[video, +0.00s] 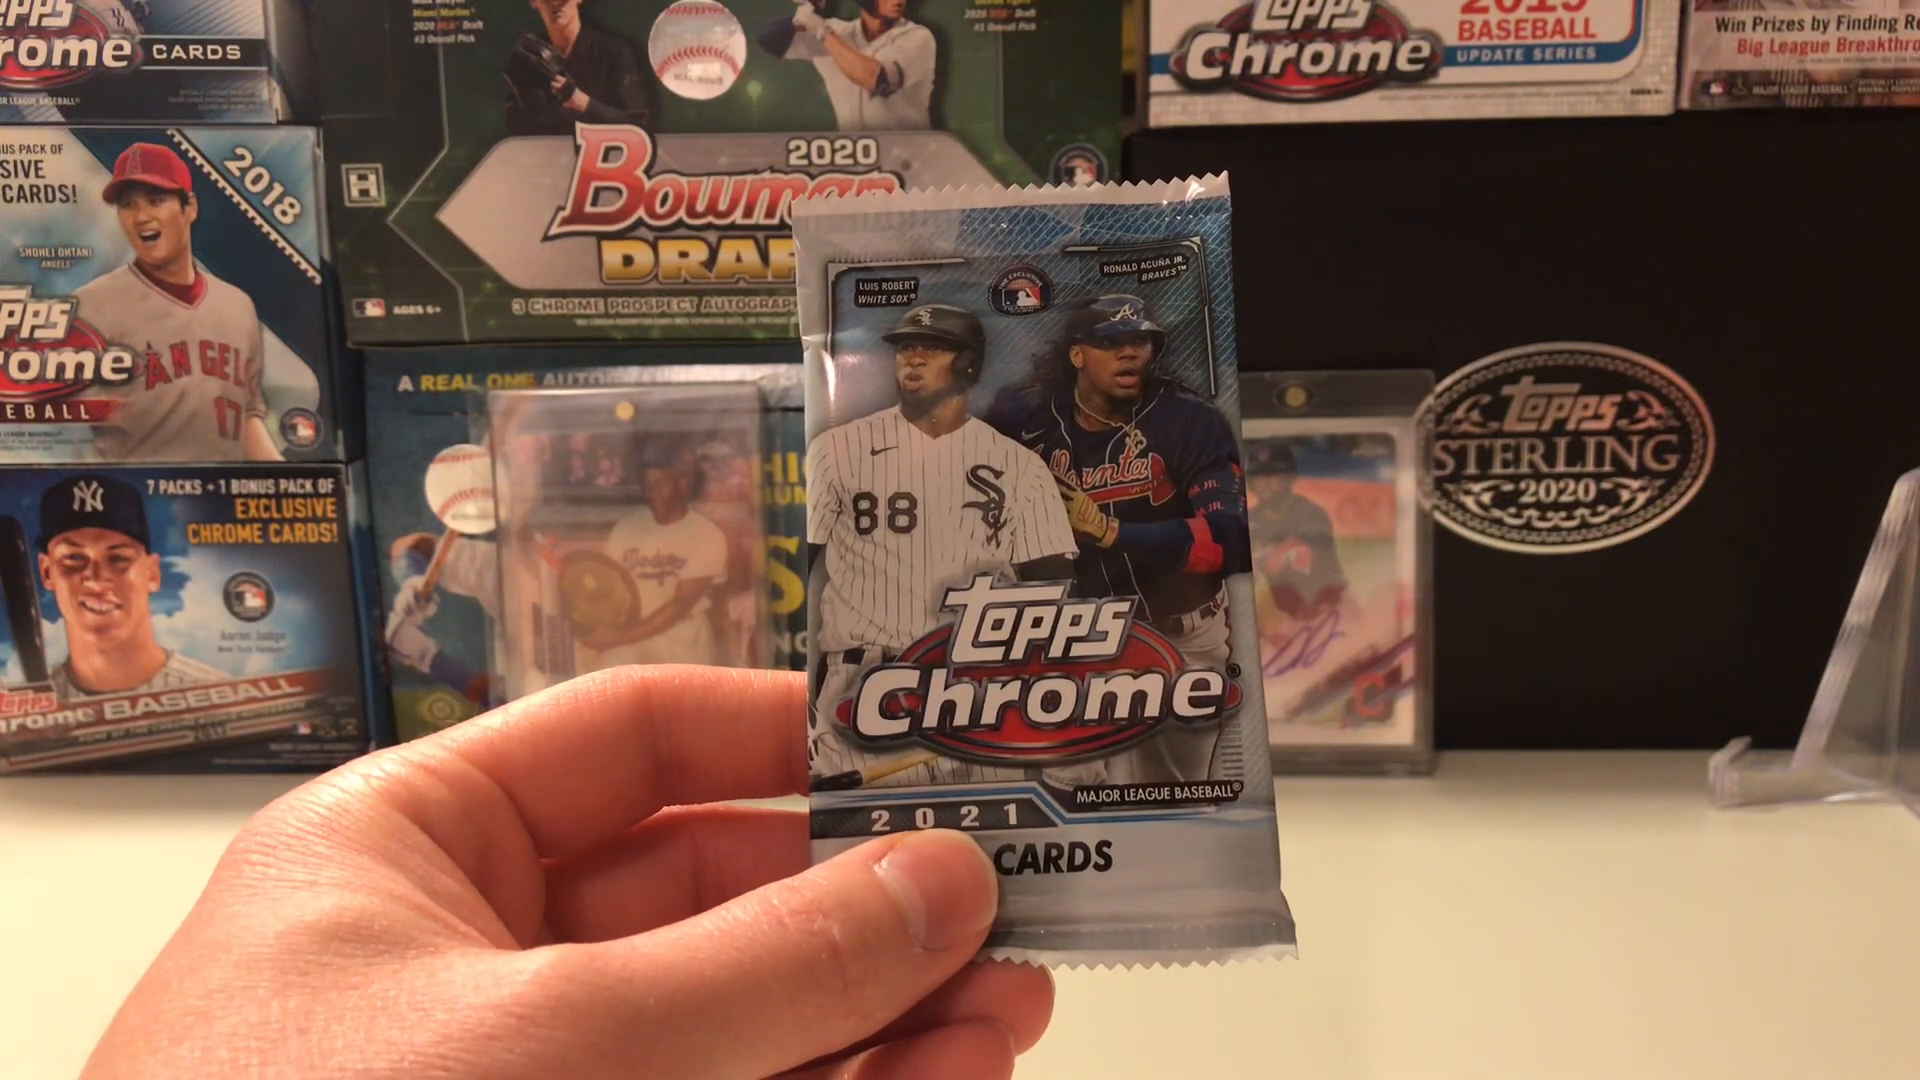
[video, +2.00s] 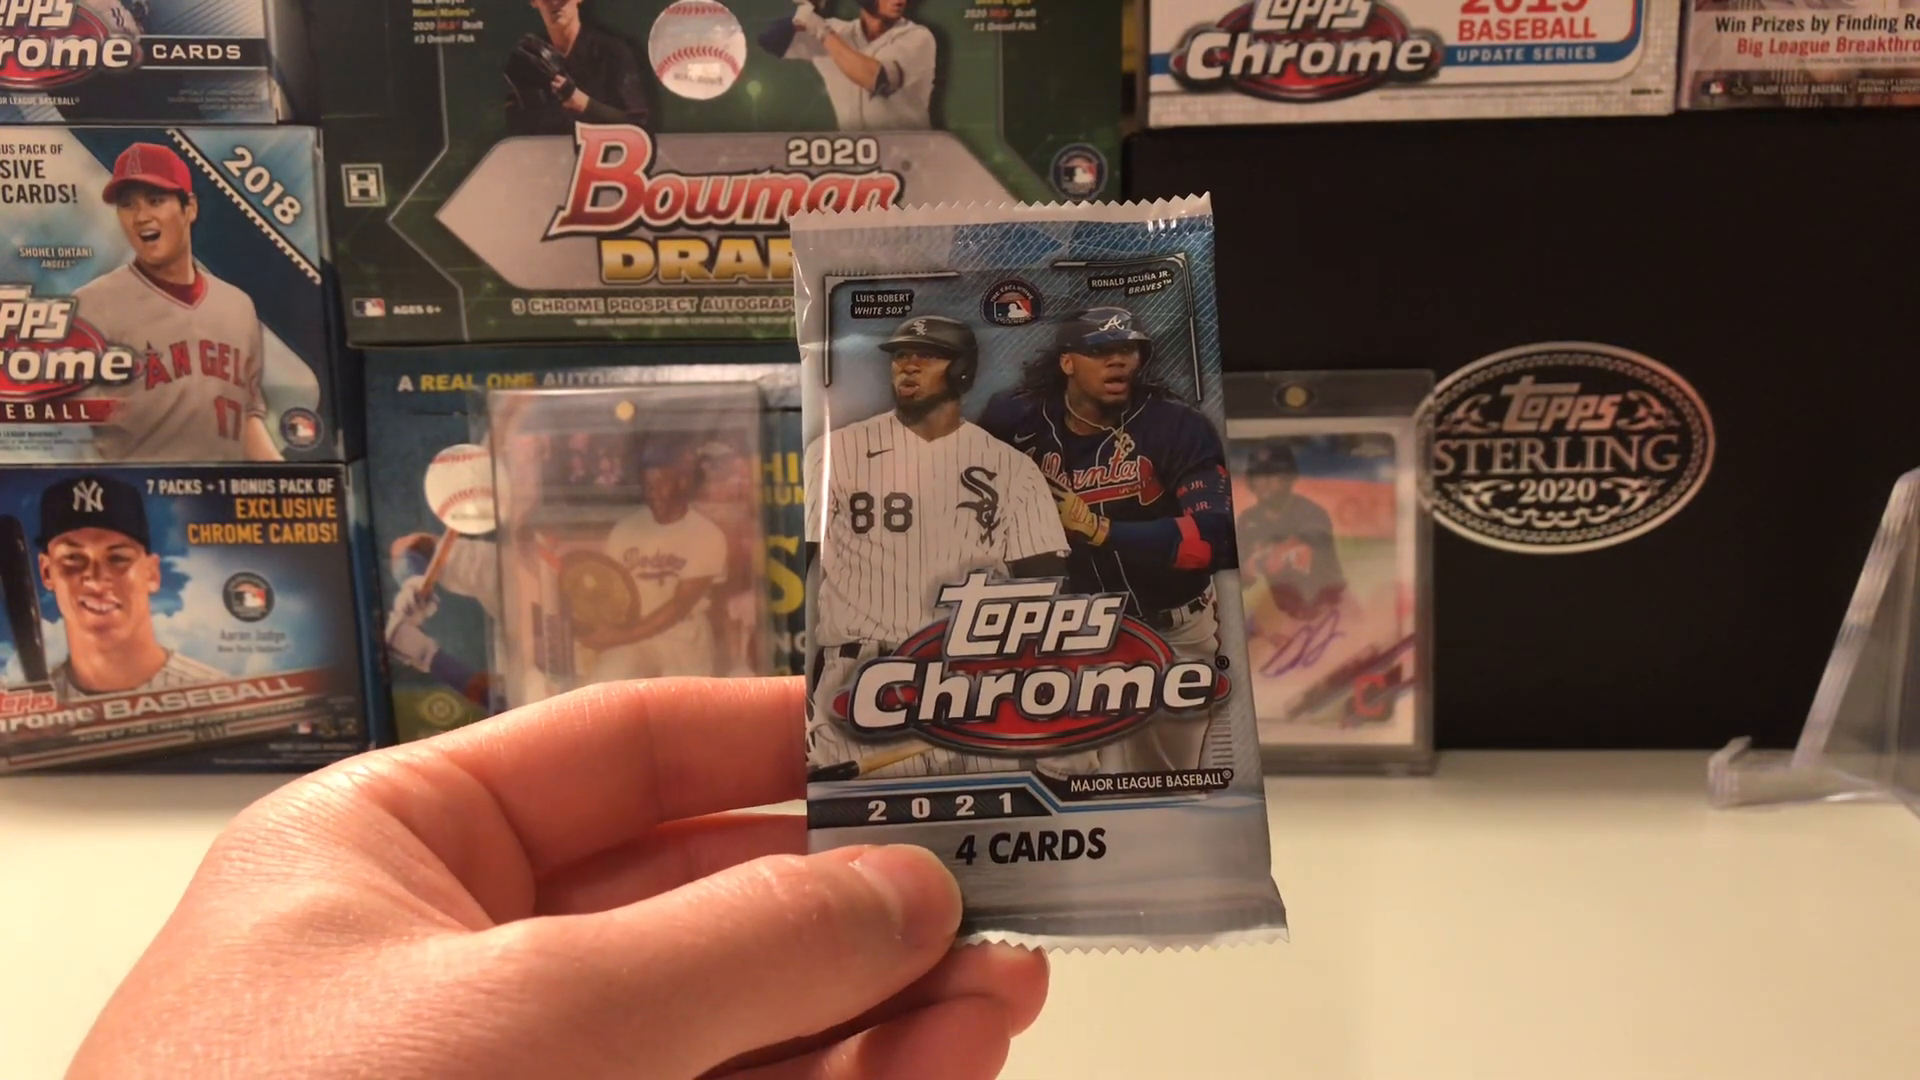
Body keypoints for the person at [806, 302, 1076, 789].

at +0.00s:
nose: (912, 359)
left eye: (930, 348)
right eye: (905, 347)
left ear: (966, 363)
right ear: (894, 358)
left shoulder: (1019, 468)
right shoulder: (834, 453)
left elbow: (1050, 590)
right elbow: (807, 576)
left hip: (973, 696)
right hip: (855, 694)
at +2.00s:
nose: (907, 367)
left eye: (925, 356)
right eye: (900, 355)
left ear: (960, 370)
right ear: (890, 365)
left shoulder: (1012, 470)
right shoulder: (832, 456)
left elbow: (1043, 592)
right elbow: (793, 574)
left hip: (972, 696)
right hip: (853, 694)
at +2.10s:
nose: (908, 366)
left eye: (925, 355)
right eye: (901, 354)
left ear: (960, 370)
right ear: (891, 364)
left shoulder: (1012, 469)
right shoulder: (833, 455)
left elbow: (1044, 589)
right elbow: (794, 572)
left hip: (971, 694)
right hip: (852, 691)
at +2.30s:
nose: (909, 364)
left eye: (926, 353)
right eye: (902, 352)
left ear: (962, 368)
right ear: (892, 362)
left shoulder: (1014, 468)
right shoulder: (834, 453)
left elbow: (1045, 587)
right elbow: (791, 571)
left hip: (973, 693)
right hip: (853, 691)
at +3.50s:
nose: (916, 366)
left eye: (933, 356)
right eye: (909, 355)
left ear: (968, 370)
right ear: (899, 365)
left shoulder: (1020, 471)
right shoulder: (840, 456)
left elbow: (1051, 594)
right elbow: (812, 571)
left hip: (975, 694)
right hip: (856, 692)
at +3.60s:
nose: (917, 369)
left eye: (935, 358)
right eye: (910, 357)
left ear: (970, 373)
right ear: (900, 367)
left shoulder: (1022, 473)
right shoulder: (841, 460)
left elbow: (1052, 596)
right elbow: (813, 577)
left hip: (977, 701)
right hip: (858, 698)